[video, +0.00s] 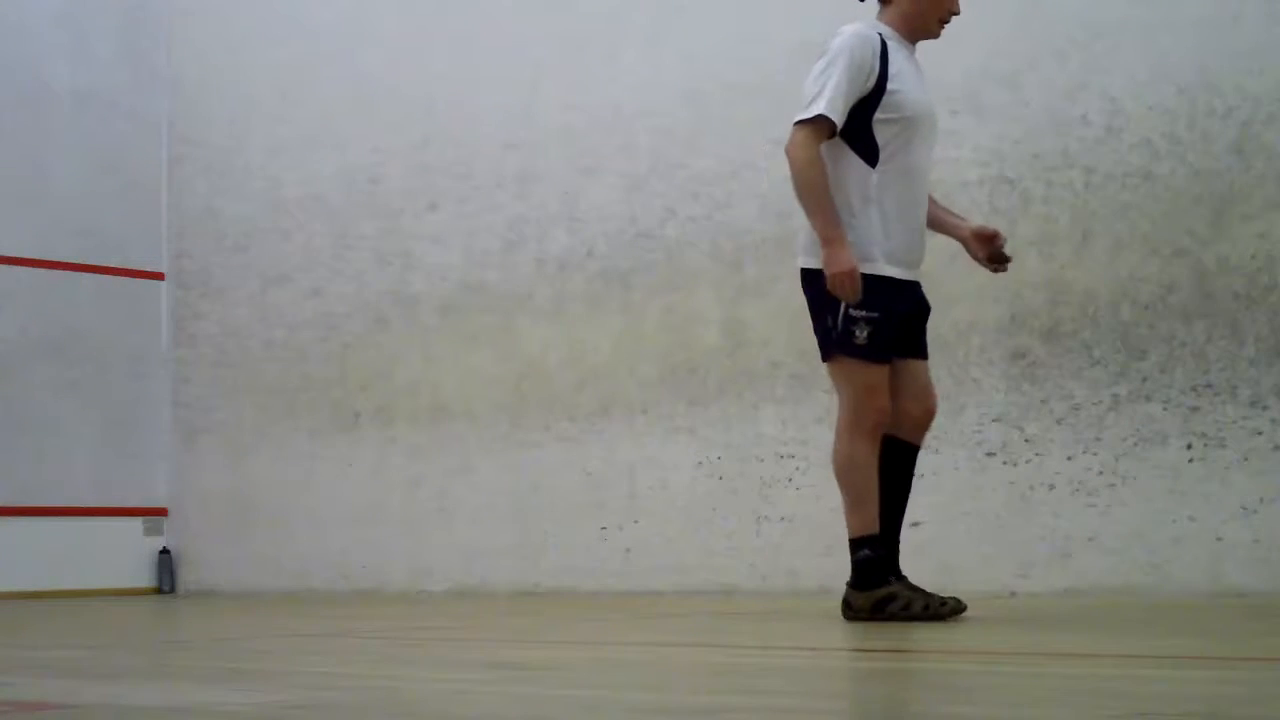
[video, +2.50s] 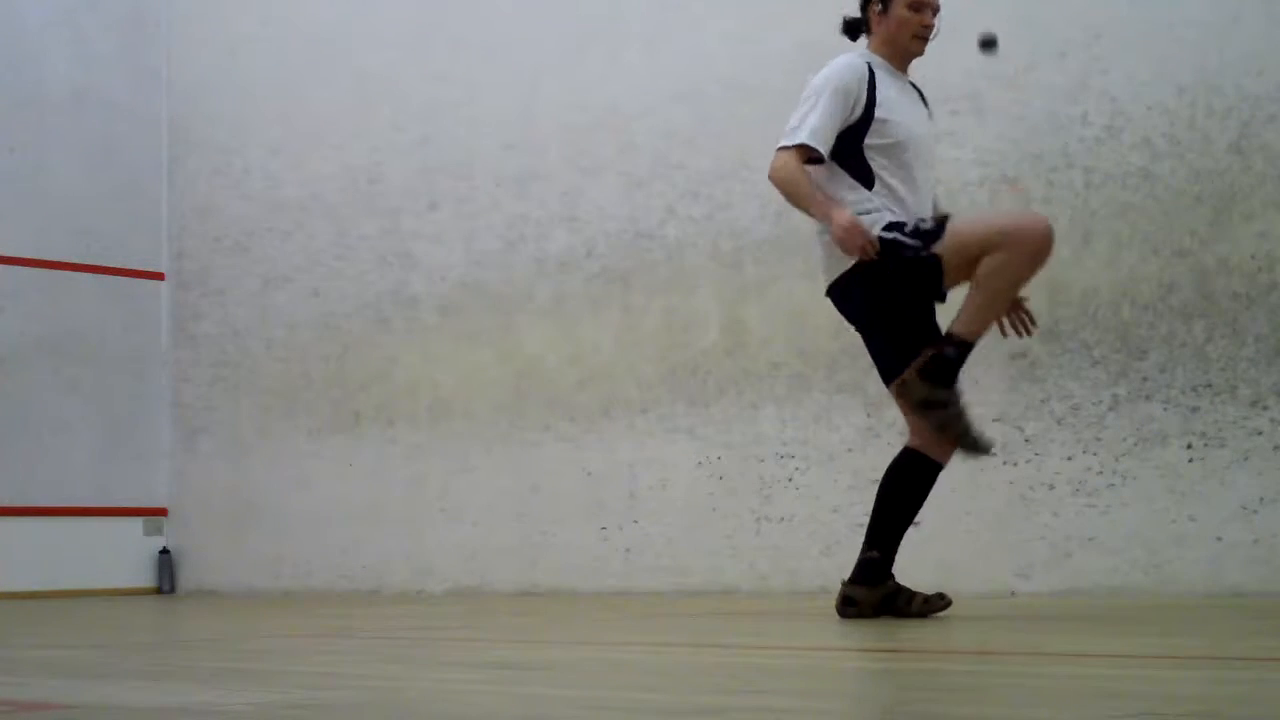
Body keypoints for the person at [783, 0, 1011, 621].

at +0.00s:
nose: (955, 8)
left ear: (918, 2)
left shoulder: (905, 64)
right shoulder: (861, 44)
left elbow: (895, 185)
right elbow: (802, 144)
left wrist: (963, 229)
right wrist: (834, 247)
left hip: (896, 271)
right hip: (852, 268)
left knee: (914, 408)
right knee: (864, 412)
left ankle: (882, 575)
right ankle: (868, 581)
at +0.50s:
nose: (958, 11)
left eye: (957, 3)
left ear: (914, 4)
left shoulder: (910, 68)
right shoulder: (866, 46)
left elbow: (907, 187)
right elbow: (818, 144)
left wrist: (977, 220)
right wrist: (861, 235)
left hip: (886, 265)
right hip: (854, 263)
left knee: (882, 414)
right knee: (884, 411)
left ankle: (878, 578)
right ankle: (877, 580)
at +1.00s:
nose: (953, 8)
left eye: (952, 0)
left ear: (910, 3)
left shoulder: (904, 67)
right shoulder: (863, 48)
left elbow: (903, 183)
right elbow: (816, 149)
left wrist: (972, 219)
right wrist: (856, 243)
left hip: (881, 268)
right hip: (844, 267)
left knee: (894, 410)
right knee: (869, 412)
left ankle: (882, 576)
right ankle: (875, 582)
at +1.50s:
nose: (952, 10)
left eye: (952, 2)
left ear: (911, 3)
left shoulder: (907, 70)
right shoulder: (857, 47)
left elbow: (911, 183)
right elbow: (808, 149)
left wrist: (978, 218)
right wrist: (849, 243)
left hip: (882, 268)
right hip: (846, 267)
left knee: (878, 413)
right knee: (878, 410)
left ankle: (879, 579)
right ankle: (877, 581)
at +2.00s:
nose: (941, 11)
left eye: (940, 3)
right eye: (933, 0)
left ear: (899, 4)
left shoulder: (897, 72)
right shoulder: (849, 54)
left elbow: (909, 185)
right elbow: (812, 151)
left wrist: (985, 171)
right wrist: (870, 233)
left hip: (892, 266)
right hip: (852, 267)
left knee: (924, 409)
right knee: (886, 411)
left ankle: (869, 571)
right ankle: (874, 580)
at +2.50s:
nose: (931, 21)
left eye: (934, 11)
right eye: (918, 9)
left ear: (931, 20)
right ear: (878, 12)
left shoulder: (907, 92)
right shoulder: (848, 72)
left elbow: (917, 205)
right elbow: (785, 167)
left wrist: (993, 286)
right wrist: (835, 216)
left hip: (898, 268)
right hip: (874, 262)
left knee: (935, 431)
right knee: (1028, 233)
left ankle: (869, 581)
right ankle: (936, 377)